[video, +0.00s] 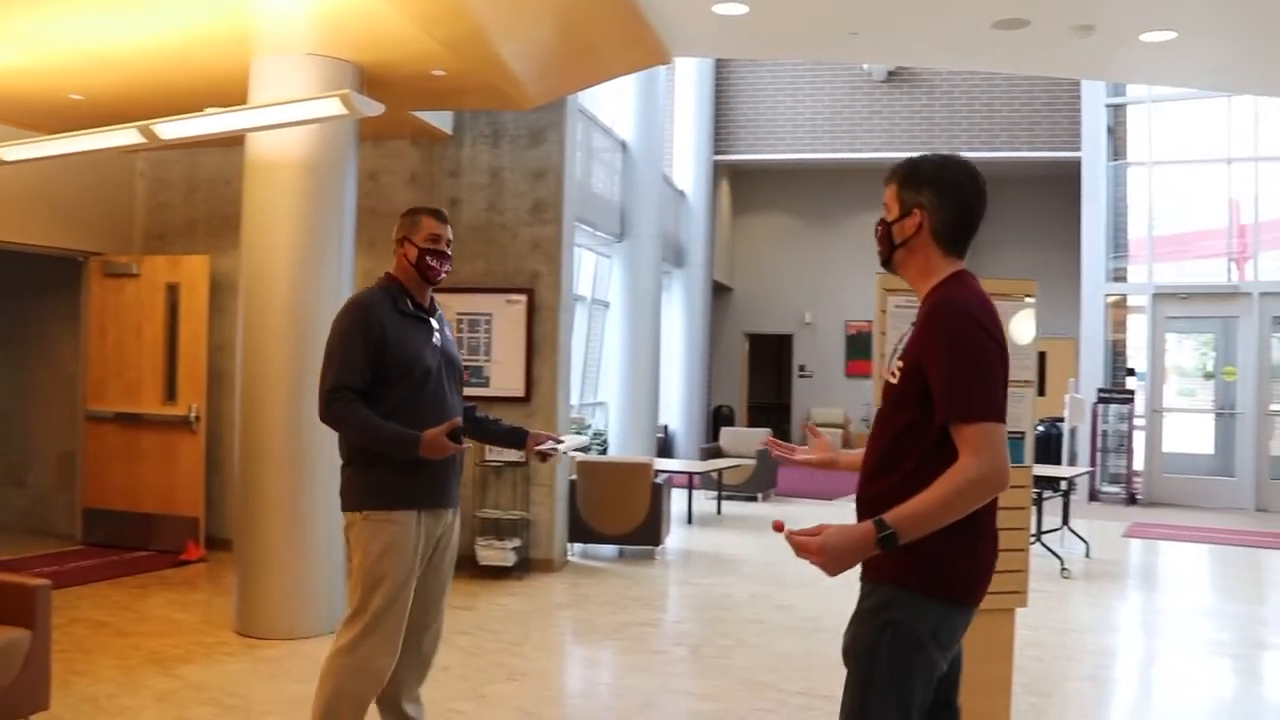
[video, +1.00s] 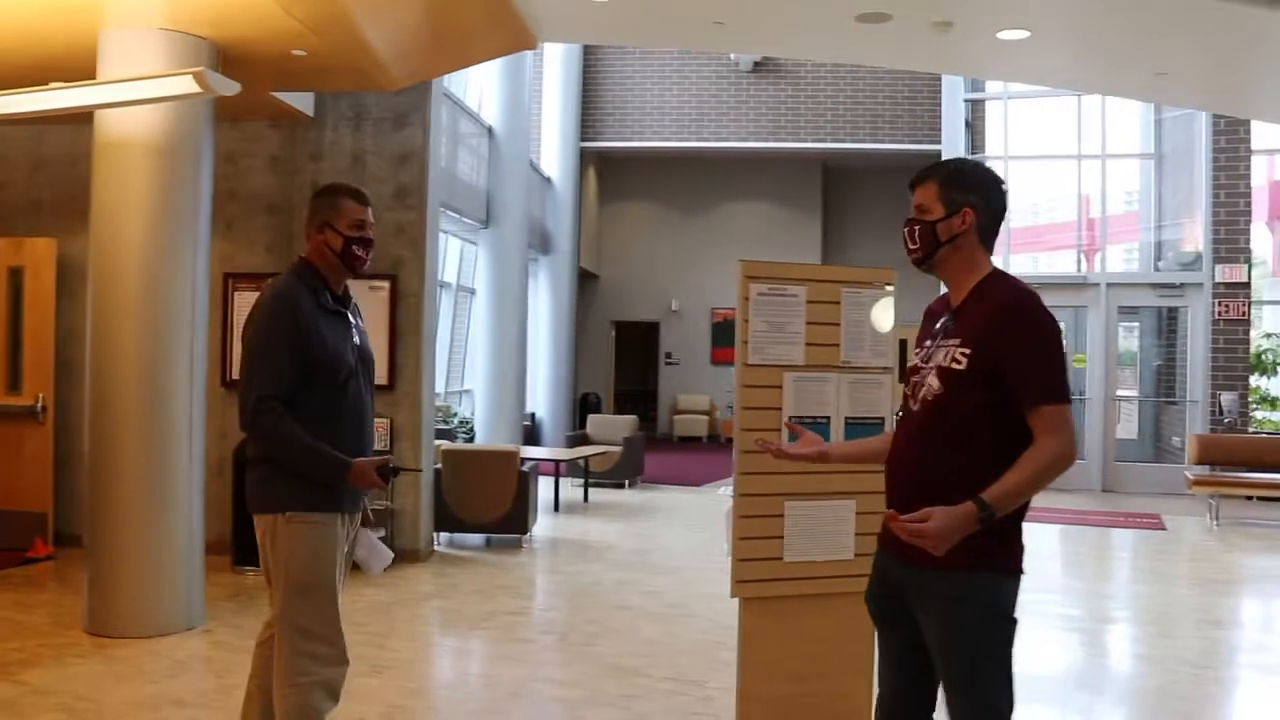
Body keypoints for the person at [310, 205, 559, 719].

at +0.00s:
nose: (443, 257)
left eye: (448, 249)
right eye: (433, 247)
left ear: (451, 255)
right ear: (402, 247)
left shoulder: (435, 320)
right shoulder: (365, 311)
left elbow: (452, 411)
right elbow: (335, 404)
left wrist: (521, 438)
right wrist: (415, 441)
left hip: (439, 504)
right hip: (386, 504)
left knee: (419, 638)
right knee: (372, 640)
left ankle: (402, 711)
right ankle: (333, 716)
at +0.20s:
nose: (430, 257)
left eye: (435, 250)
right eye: (421, 246)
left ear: (436, 256)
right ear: (390, 246)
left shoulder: (415, 320)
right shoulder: (348, 308)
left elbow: (433, 414)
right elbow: (313, 398)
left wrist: (501, 443)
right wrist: (392, 438)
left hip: (412, 499)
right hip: (361, 498)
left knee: (392, 633)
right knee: (370, 630)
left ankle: (369, 712)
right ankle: (324, 717)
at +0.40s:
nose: (414, 254)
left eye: (420, 247)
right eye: (406, 244)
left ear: (421, 254)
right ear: (374, 243)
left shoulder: (395, 317)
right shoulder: (331, 303)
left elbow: (406, 413)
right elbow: (287, 392)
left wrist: (465, 454)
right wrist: (365, 440)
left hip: (382, 497)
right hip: (337, 496)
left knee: (352, 634)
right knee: (352, 636)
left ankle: (339, 713)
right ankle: (345, 718)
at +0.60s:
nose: (398, 255)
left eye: (403, 247)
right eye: (389, 243)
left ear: (404, 251)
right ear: (355, 240)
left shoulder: (378, 317)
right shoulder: (311, 302)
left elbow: (384, 415)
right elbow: (274, 396)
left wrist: (425, 479)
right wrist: (351, 449)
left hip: (361, 495)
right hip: (314, 495)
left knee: (312, 631)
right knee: (338, 640)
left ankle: (303, 715)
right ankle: (343, 718)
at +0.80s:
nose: (377, 249)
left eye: (381, 241)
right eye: (366, 238)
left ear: (381, 246)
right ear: (331, 238)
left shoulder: (353, 311)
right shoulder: (295, 303)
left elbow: (362, 414)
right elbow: (266, 408)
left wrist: (378, 502)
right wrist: (347, 463)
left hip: (337, 499)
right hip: (302, 501)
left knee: (290, 636)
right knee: (320, 650)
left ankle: (275, 716)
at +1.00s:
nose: (368, 242)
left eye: (371, 233)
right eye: (357, 231)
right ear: (319, 233)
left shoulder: (339, 302)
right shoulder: (285, 300)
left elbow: (335, 406)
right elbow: (260, 414)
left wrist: (355, 489)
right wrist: (346, 468)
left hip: (327, 501)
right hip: (296, 502)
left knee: (287, 641)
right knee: (313, 656)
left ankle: (261, 715)